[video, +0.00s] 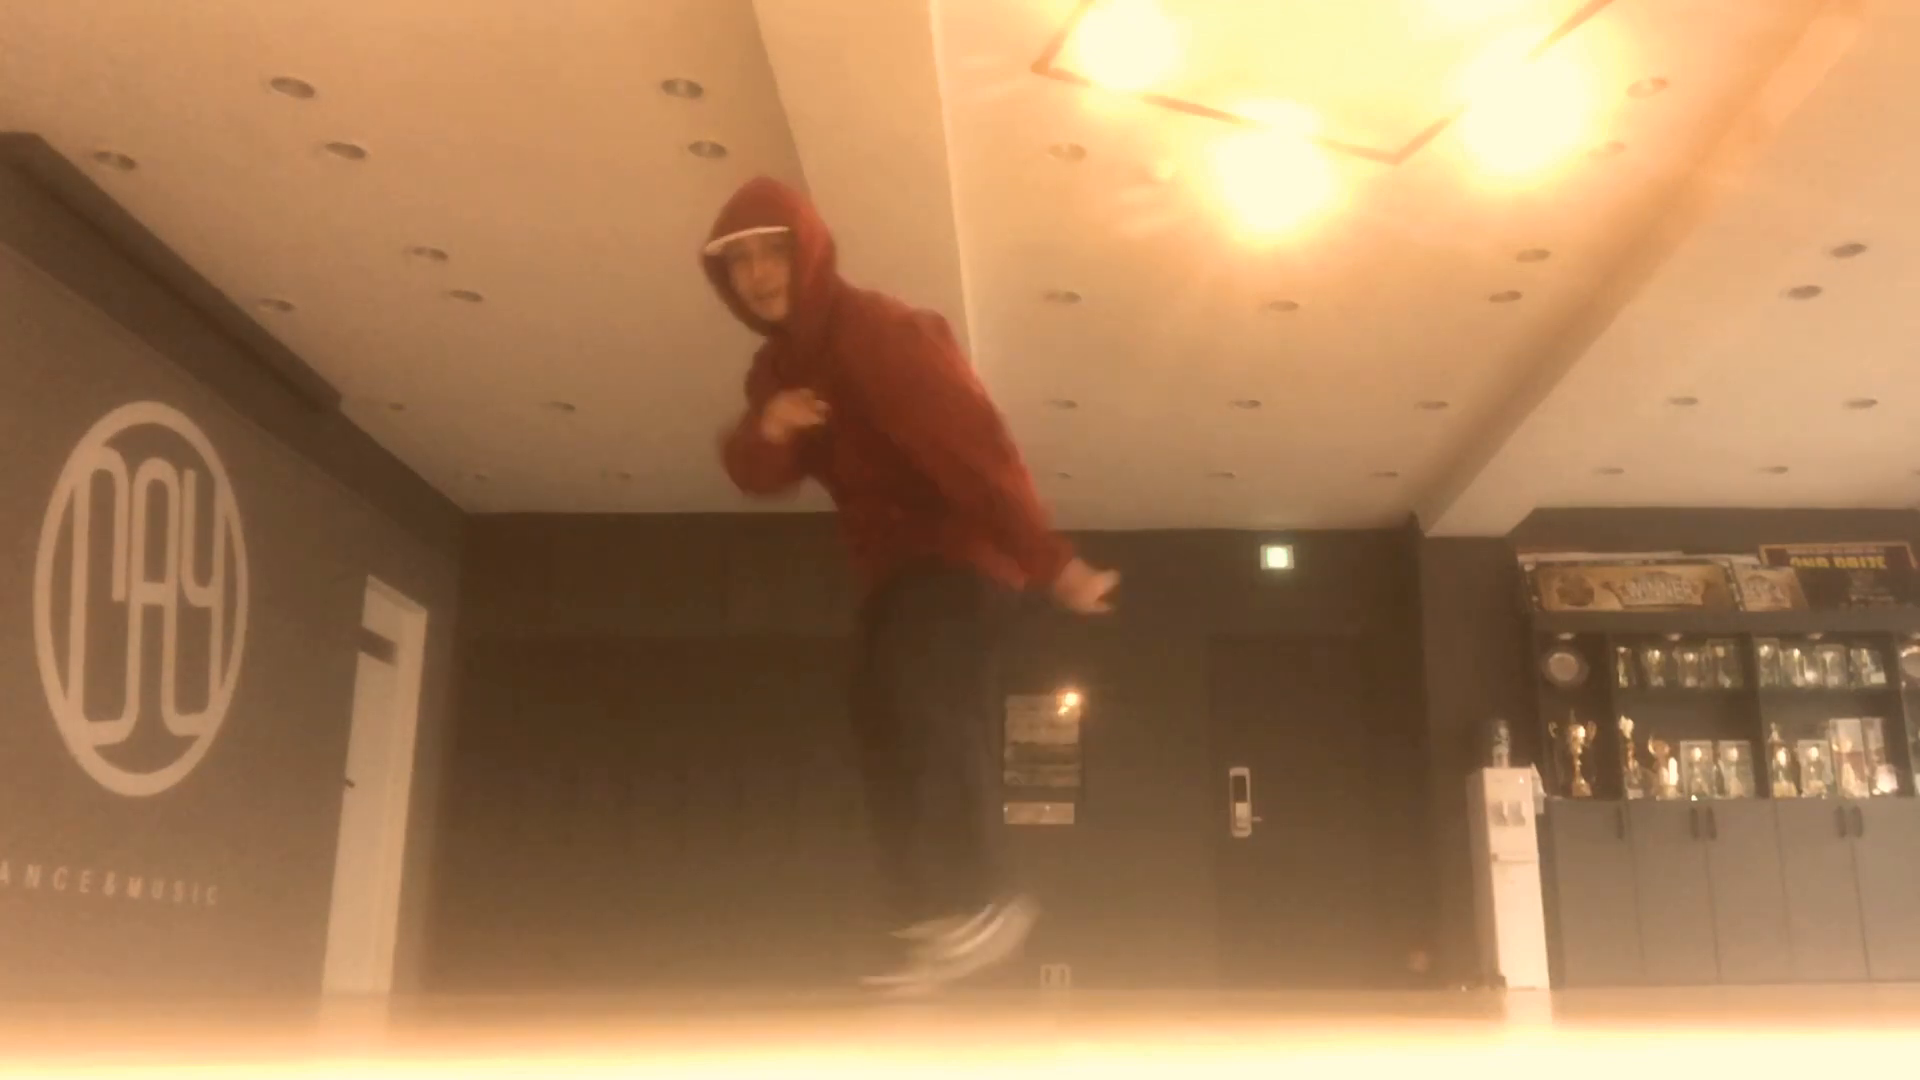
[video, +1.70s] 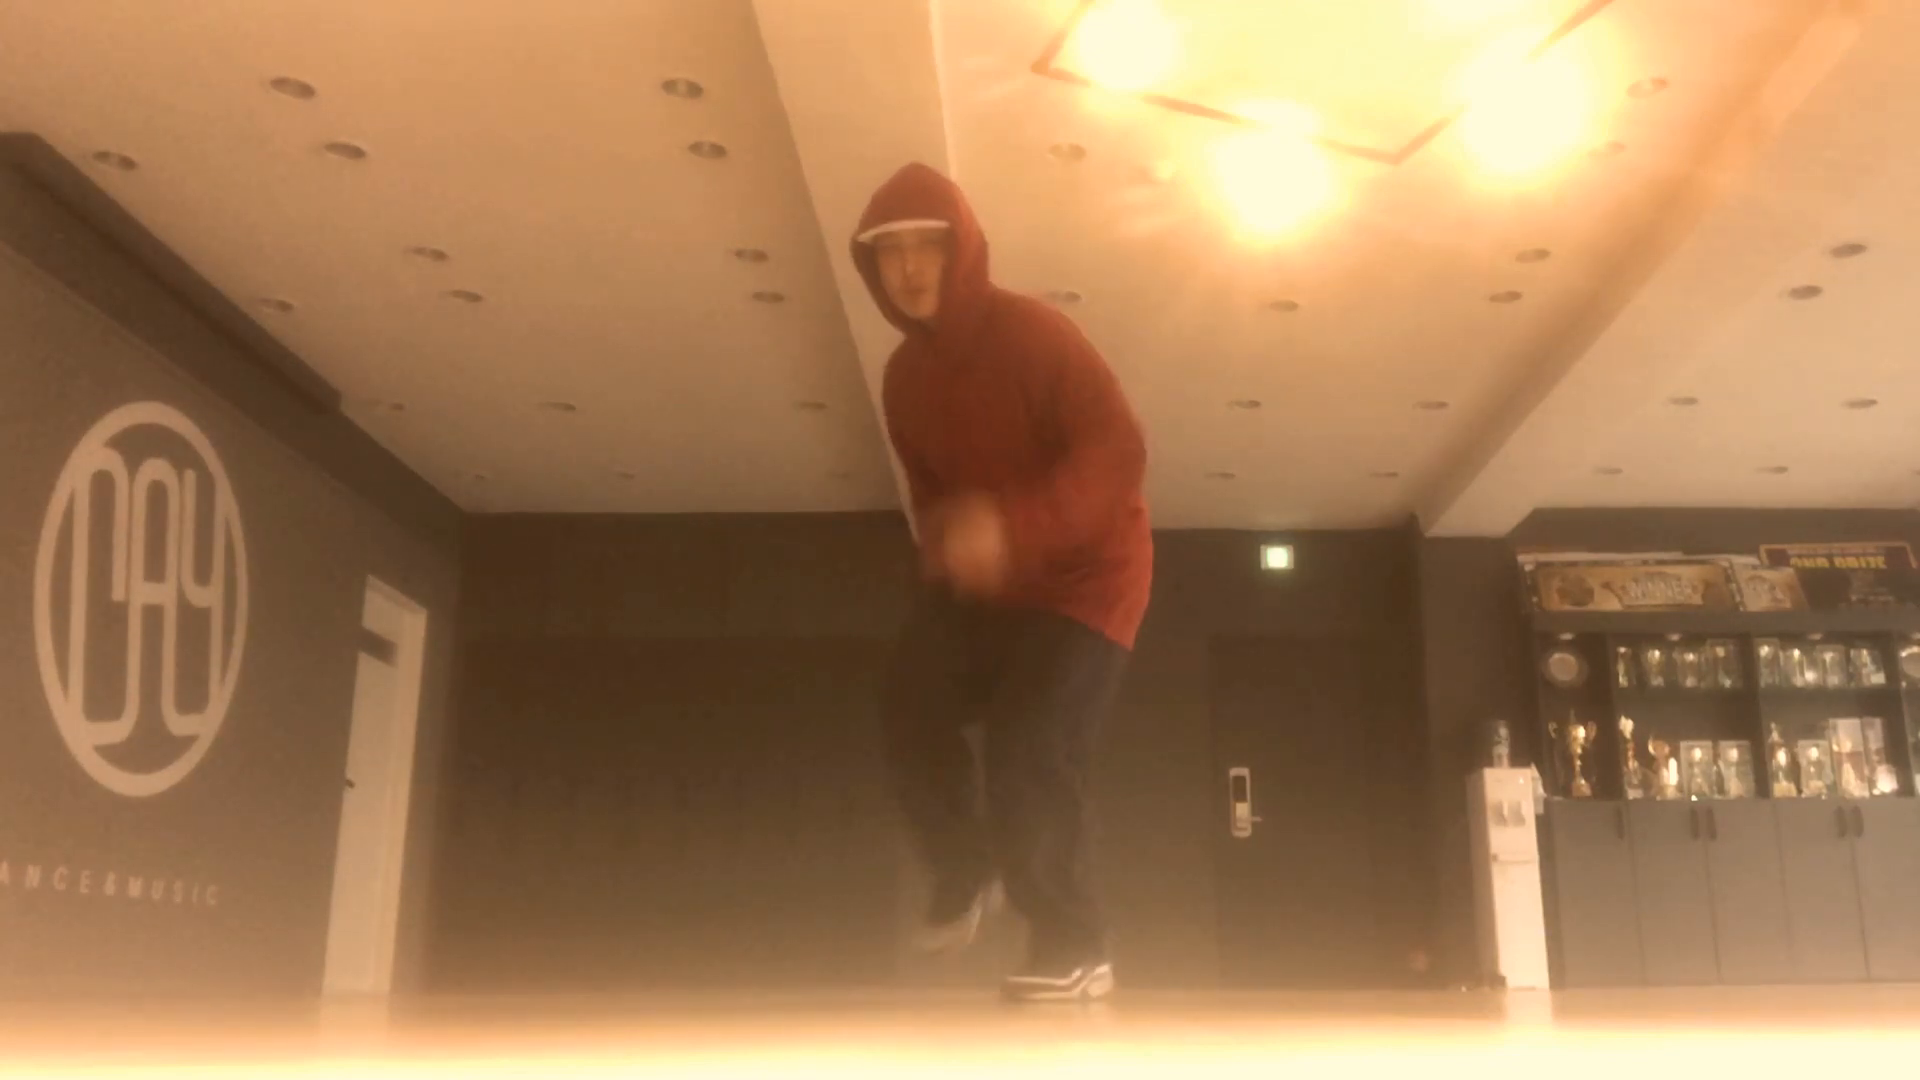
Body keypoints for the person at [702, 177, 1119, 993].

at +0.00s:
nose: (756, 276)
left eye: (770, 253)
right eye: (737, 262)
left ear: (809, 252)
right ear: (726, 281)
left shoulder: (881, 333)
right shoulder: (777, 366)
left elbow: (971, 448)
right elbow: (752, 474)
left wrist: (1053, 562)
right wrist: (768, 431)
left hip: (966, 551)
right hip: (899, 561)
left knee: (919, 693)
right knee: (881, 707)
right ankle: (925, 913)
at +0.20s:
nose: (774, 295)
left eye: (791, 272)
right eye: (756, 281)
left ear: (831, 268)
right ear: (745, 293)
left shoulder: (904, 347)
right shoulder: (806, 376)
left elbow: (990, 476)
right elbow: (777, 465)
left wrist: (1053, 608)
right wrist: (767, 490)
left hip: (980, 567)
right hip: (901, 574)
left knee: (922, 722)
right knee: (869, 727)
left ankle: (956, 941)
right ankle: (943, 929)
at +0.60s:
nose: (842, 280)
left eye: (859, 259)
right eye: (824, 266)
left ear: (897, 261)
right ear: (809, 280)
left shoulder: (958, 347)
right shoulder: (847, 372)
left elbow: (1056, 473)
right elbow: (766, 444)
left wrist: (1130, 602)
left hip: (1011, 568)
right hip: (949, 573)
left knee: (906, 707)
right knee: (946, 750)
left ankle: (953, 920)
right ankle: (1042, 898)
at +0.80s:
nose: (849, 292)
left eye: (866, 270)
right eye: (832, 276)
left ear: (905, 272)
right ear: (819, 289)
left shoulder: (968, 357)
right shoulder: (861, 377)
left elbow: (1060, 489)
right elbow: (815, 455)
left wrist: (1134, 617)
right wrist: (738, 472)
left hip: (1025, 582)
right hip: (958, 585)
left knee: (955, 747)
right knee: (925, 751)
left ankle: (928, 939)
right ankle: (1051, 916)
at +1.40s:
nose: (896, 281)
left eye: (912, 259)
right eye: (878, 266)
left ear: (951, 257)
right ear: (865, 279)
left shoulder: (1024, 347)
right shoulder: (896, 362)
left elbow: (1095, 484)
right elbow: (848, 426)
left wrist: (1135, 620)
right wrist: (785, 429)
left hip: (1048, 581)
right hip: (972, 586)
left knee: (1011, 750)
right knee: (973, 753)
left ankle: (1018, 937)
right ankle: (1068, 921)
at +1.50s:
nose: (906, 276)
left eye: (922, 252)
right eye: (888, 261)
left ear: (964, 251)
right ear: (876, 274)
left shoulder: (1040, 346)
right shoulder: (909, 363)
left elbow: (1094, 497)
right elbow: (876, 472)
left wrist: (1087, 634)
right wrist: (831, 543)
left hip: (1059, 586)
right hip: (977, 584)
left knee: (1028, 763)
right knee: (953, 755)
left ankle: (1079, 939)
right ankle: (1028, 880)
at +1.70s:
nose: (907, 270)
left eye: (924, 248)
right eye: (888, 253)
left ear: (962, 252)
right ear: (872, 271)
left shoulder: (1036, 335)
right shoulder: (905, 378)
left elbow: (1114, 456)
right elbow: (929, 494)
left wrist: (1014, 528)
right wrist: (942, 558)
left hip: (1085, 578)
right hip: (980, 585)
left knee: (1030, 744)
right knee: (911, 704)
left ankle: (1071, 944)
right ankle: (959, 871)